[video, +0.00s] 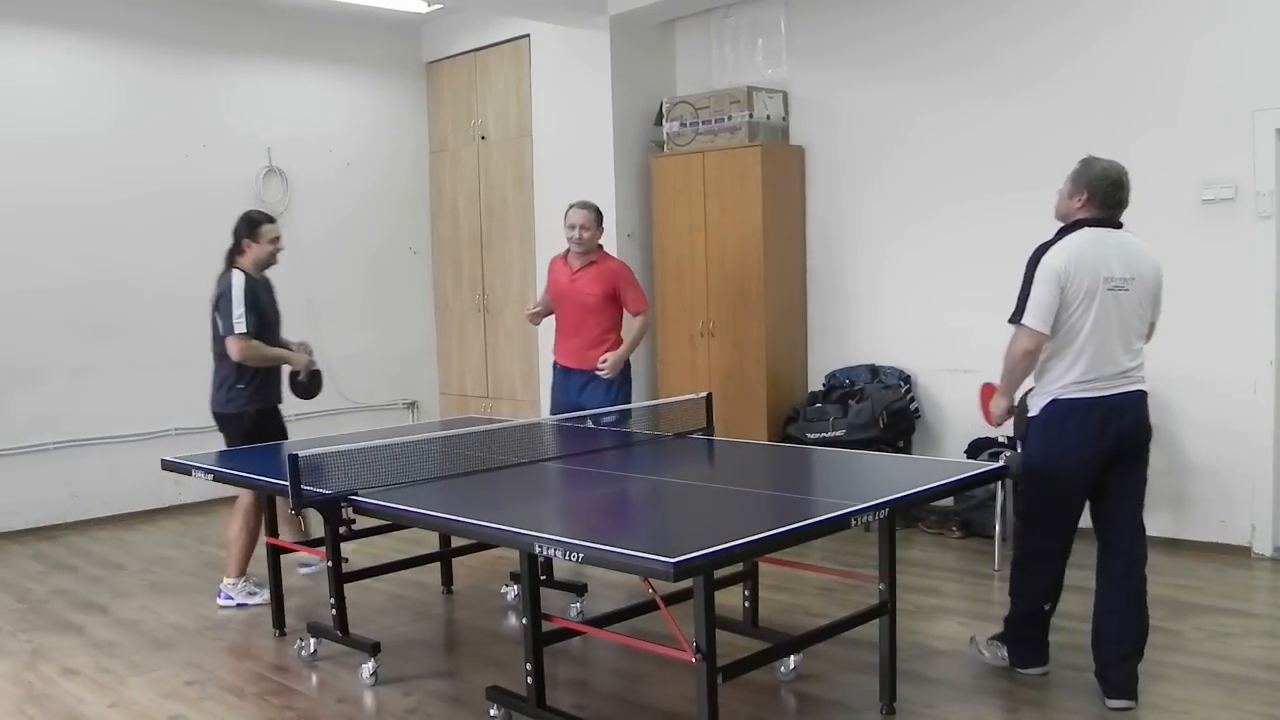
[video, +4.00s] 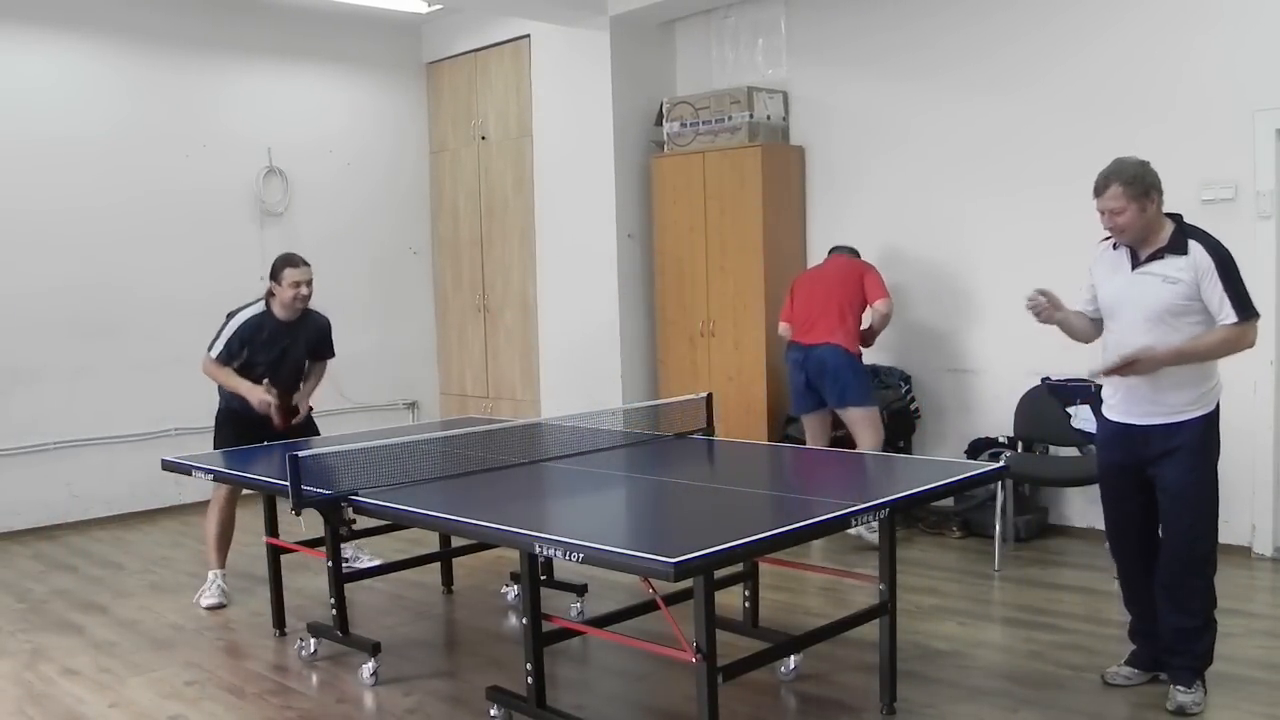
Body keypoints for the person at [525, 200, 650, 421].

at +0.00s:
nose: (577, 235)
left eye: (585, 229)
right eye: (571, 228)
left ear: (599, 232)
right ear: (564, 230)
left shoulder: (616, 270)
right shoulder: (557, 265)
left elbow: (643, 316)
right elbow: (551, 297)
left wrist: (622, 355)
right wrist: (539, 311)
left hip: (606, 377)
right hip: (565, 376)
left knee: (608, 451)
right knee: (566, 451)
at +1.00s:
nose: (564, 228)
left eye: (564, 222)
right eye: (555, 223)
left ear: (568, 225)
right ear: (536, 232)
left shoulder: (588, 258)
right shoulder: (524, 280)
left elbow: (610, 294)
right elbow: (509, 328)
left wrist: (625, 315)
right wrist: (533, 331)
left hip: (605, 364)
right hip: (561, 372)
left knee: (627, 433)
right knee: (562, 442)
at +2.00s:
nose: (712, 242)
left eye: (713, 235)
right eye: (709, 233)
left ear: (695, 233)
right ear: (692, 232)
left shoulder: (701, 271)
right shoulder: (663, 270)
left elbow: (705, 315)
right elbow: (639, 315)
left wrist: (735, 333)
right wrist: (689, 329)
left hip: (702, 370)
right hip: (675, 373)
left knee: (702, 443)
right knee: (683, 445)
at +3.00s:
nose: (844, 241)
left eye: (846, 235)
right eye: (842, 234)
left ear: (828, 228)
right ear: (825, 227)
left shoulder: (821, 263)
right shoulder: (798, 259)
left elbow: (829, 307)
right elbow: (790, 308)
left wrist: (856, 322)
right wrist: (840, 322)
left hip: (817, 363)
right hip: (800, 364)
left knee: (816, 444)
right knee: (818, 444)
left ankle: (813, 522)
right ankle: (802, 528)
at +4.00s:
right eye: (858, 260)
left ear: (827, 259)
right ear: (855, 258)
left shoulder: (802, 277)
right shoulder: (863, 269)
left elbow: (783, 329)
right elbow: (882, 308)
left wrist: (815, 334)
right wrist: (870, 334)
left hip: (798, 357)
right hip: (837, 357)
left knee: (815, 442)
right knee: (870, 439)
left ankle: (812, 517)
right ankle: (865, 515)